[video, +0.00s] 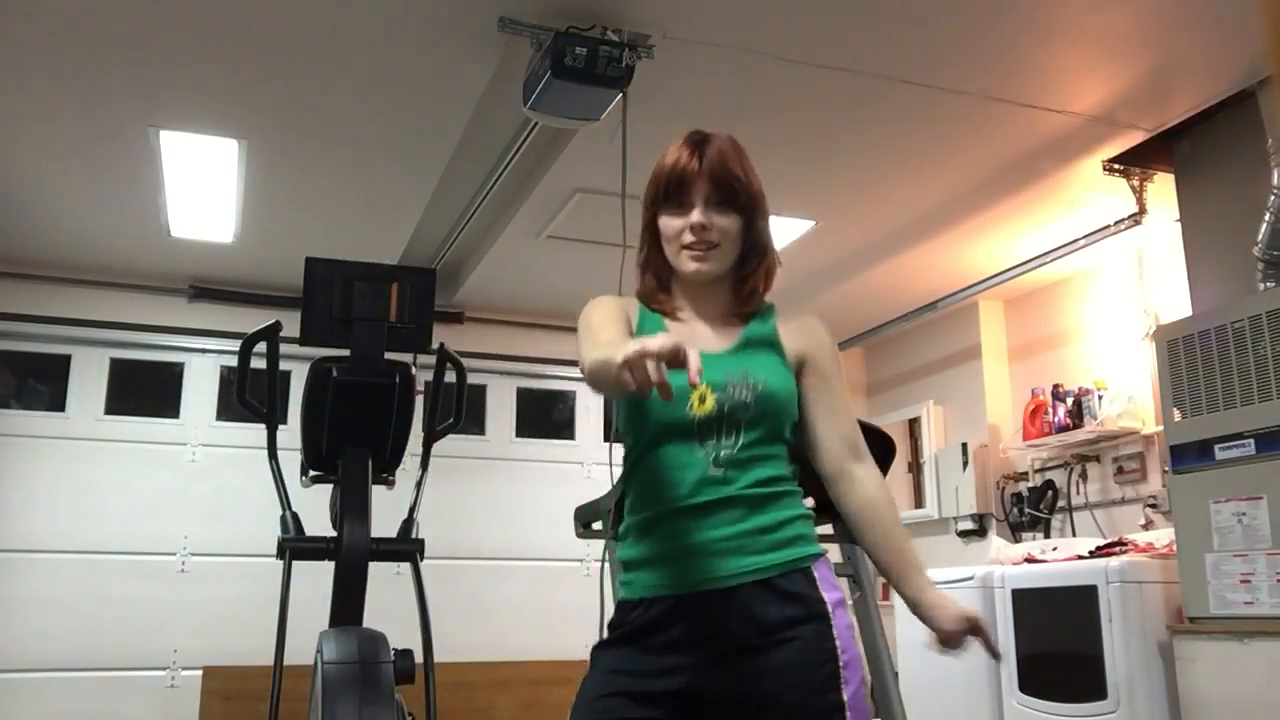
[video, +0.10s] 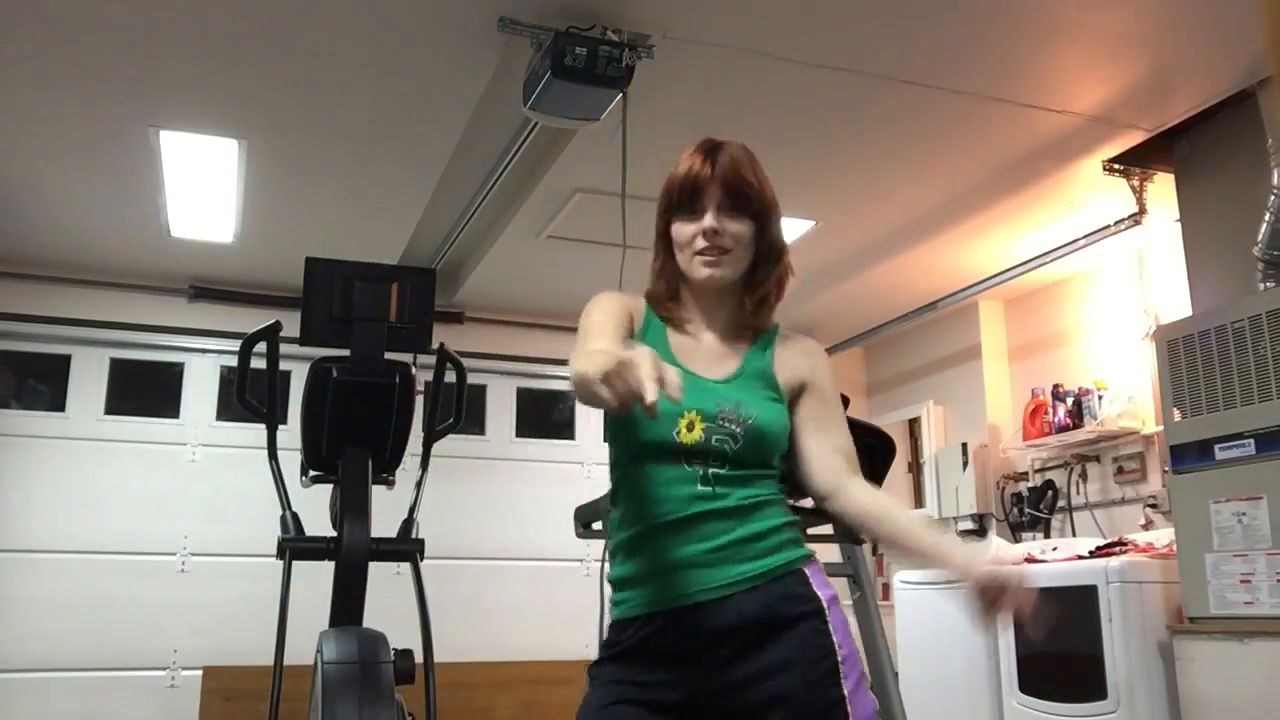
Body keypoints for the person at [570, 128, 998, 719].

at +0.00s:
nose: (697, 221)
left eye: (720, 204)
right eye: (676, 204)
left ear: (750, 221)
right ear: (654, 221)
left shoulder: (798, 334)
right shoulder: (615, 315)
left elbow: (849, 470)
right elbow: (600, 362)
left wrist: (928, 599)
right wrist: (629, 361)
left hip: (786, 614)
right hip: (655, 623)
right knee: (597, 711)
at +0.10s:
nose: (710, 229)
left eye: (732, 212)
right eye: (690, 212)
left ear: (762, 233)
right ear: (668, 229)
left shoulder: (796, 357)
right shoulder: (620, 313)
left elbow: (841, 484)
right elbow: (586, 368)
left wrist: (967, 561)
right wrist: (614, 372)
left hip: (777, 630)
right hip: (646, 641)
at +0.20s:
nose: (706, 194)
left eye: (729, 179)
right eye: (686, 177)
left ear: (757, 202)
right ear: (662, 194)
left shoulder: (782, 324)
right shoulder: (618, 280)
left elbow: (834, 432)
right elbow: (559, 382)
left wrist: (942, 433)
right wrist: (557, 322)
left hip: (756, 595)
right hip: (630, 598)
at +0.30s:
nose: (690, 171)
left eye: (712, 155)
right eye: (670, 152)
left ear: (738, 176)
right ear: (642, 168)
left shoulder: (762, 294)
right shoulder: (596, 251)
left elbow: (828, 383)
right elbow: (537, 366)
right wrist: (502, 260)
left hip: (728, 570)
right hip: (610, 563)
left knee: (770, 712)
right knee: (588, 714)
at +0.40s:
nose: (670, 183)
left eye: (690, 167)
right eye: (649, 165)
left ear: (714, 188)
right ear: (617, 182)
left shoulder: (730, 303)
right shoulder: (578, 265)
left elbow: (802, 376)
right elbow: (504, 374)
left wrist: (863, 257)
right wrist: (464, 240)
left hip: (688, 590)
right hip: (580, 581)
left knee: (742, 711)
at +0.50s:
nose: (649, 212)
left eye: (669, 196)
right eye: (628, 194)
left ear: (689, 218)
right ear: (595, 211)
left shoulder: (696, 335)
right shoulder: (551, 298)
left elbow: (777, 406)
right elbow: (465, 391)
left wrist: (803, 284)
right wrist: (443, 250)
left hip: (649, 624)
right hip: (547, 611)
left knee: (718, 712)